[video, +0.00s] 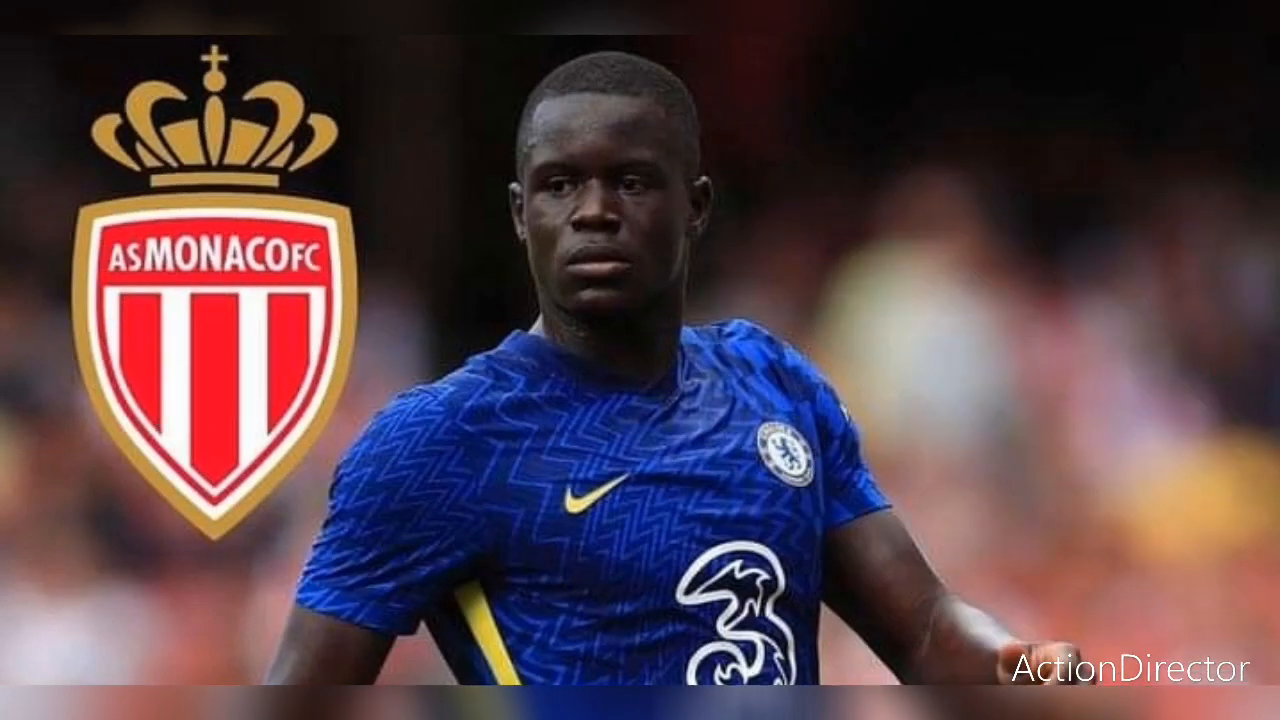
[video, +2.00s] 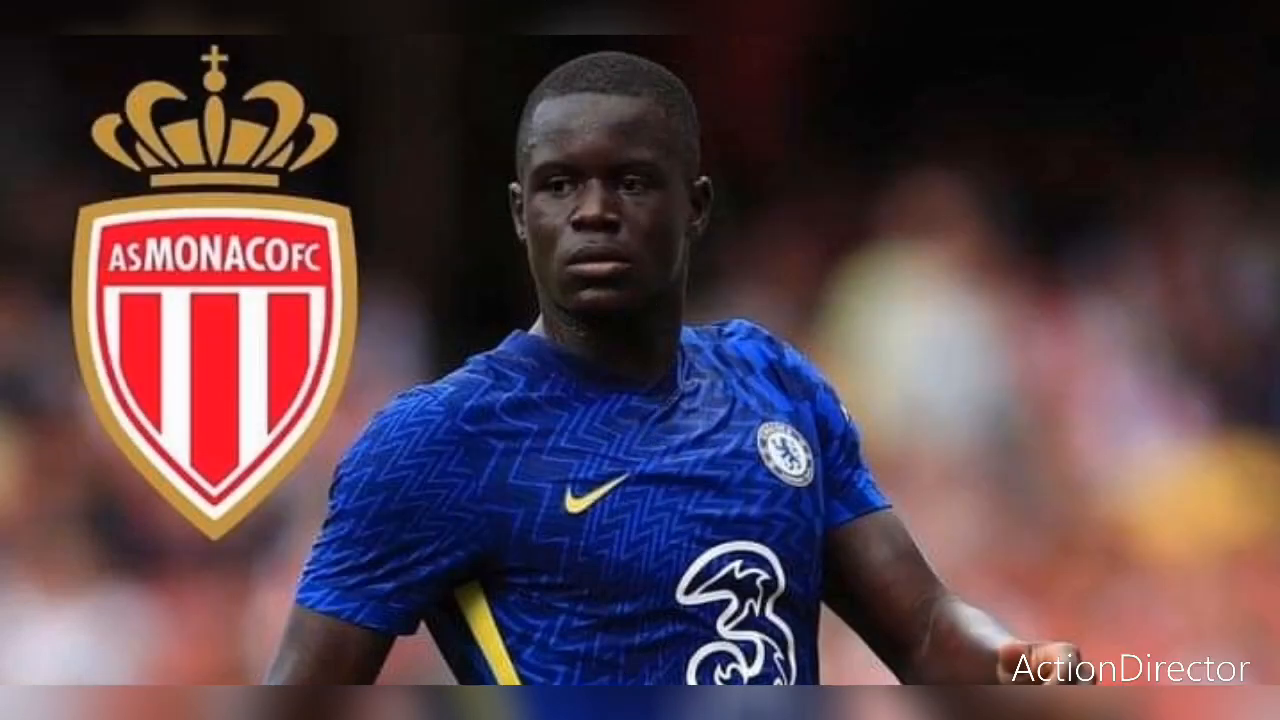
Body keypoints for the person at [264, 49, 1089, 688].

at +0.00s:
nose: (596, 209)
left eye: (633, 178)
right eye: (560, 181)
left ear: (697, 210)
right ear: (522, 216)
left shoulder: (770, 385)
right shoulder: (432, 445)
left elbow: (921, 626)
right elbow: (301, 692)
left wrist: (1021, 675)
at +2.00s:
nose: (596, 210)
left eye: (633, 178)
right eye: (560, 181)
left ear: (697, 208)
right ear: (522, 215)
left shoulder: (770, 385)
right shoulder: (433, 445)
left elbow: (921, 625)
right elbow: (301, 692)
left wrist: (1019, 674)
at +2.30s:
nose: (596, 210)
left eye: (633, 178)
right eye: (560, 181)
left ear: (696, 207)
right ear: (522, 215)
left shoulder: (770, 385)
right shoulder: (433, 444)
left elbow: (921, 625)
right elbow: (301, 691)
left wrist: (1020, 674)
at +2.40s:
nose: (596, 210)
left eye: (633, 178)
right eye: (560, 181)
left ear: (696, 207)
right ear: (522, 215)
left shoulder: (770, 385)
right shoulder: (433, 444)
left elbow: (921, 625)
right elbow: (301, 691)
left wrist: (1020, 674)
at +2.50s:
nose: (596, 210)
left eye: (633, 178)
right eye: (560, 181)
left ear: (697, 207)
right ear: (522, 215)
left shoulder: (770, 385)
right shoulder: (433, 444)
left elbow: (921, 625)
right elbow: (301, 691)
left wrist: (1020, 674)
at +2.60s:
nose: (596, 210)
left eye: (633, 178)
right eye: (560, 181)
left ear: (697, 207)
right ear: (522, 215)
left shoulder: (770, 385)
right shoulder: (433, 444)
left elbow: (921, 625)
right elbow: (301, 691)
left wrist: (1020, 674)